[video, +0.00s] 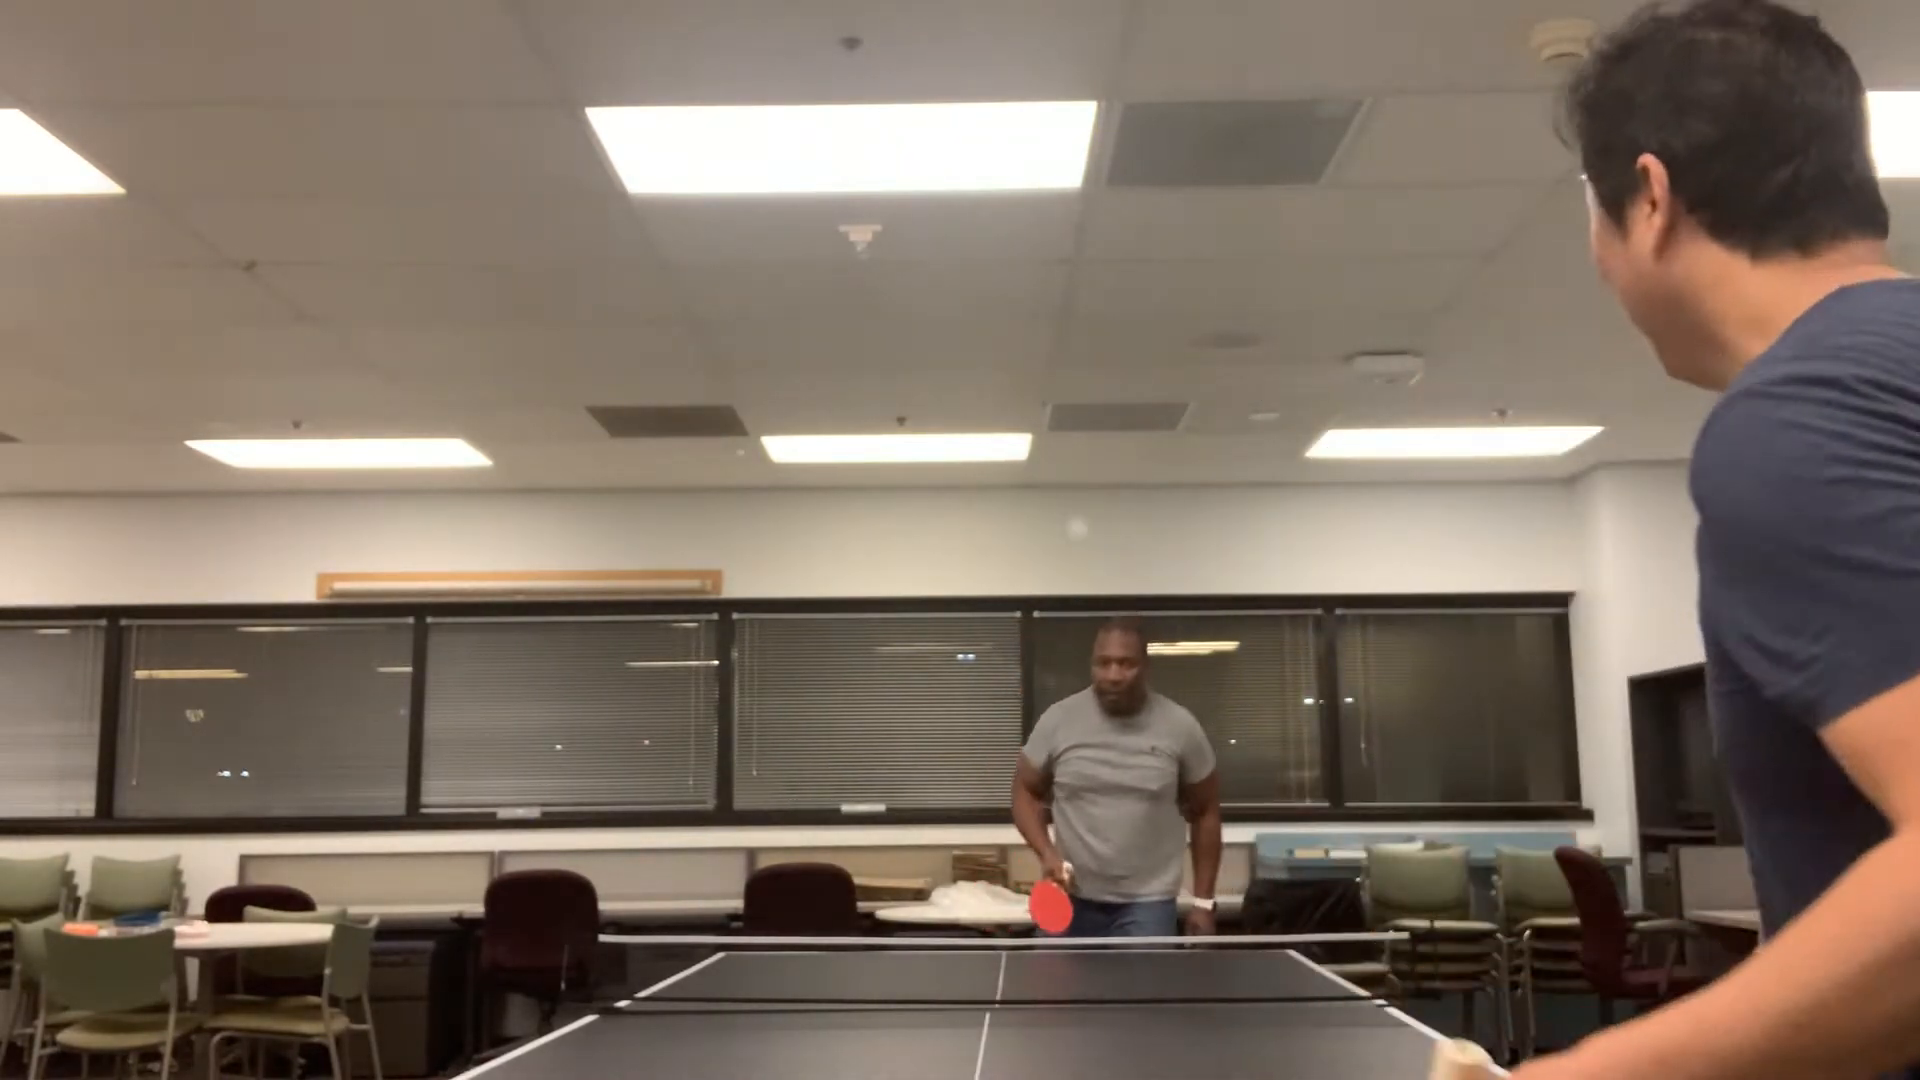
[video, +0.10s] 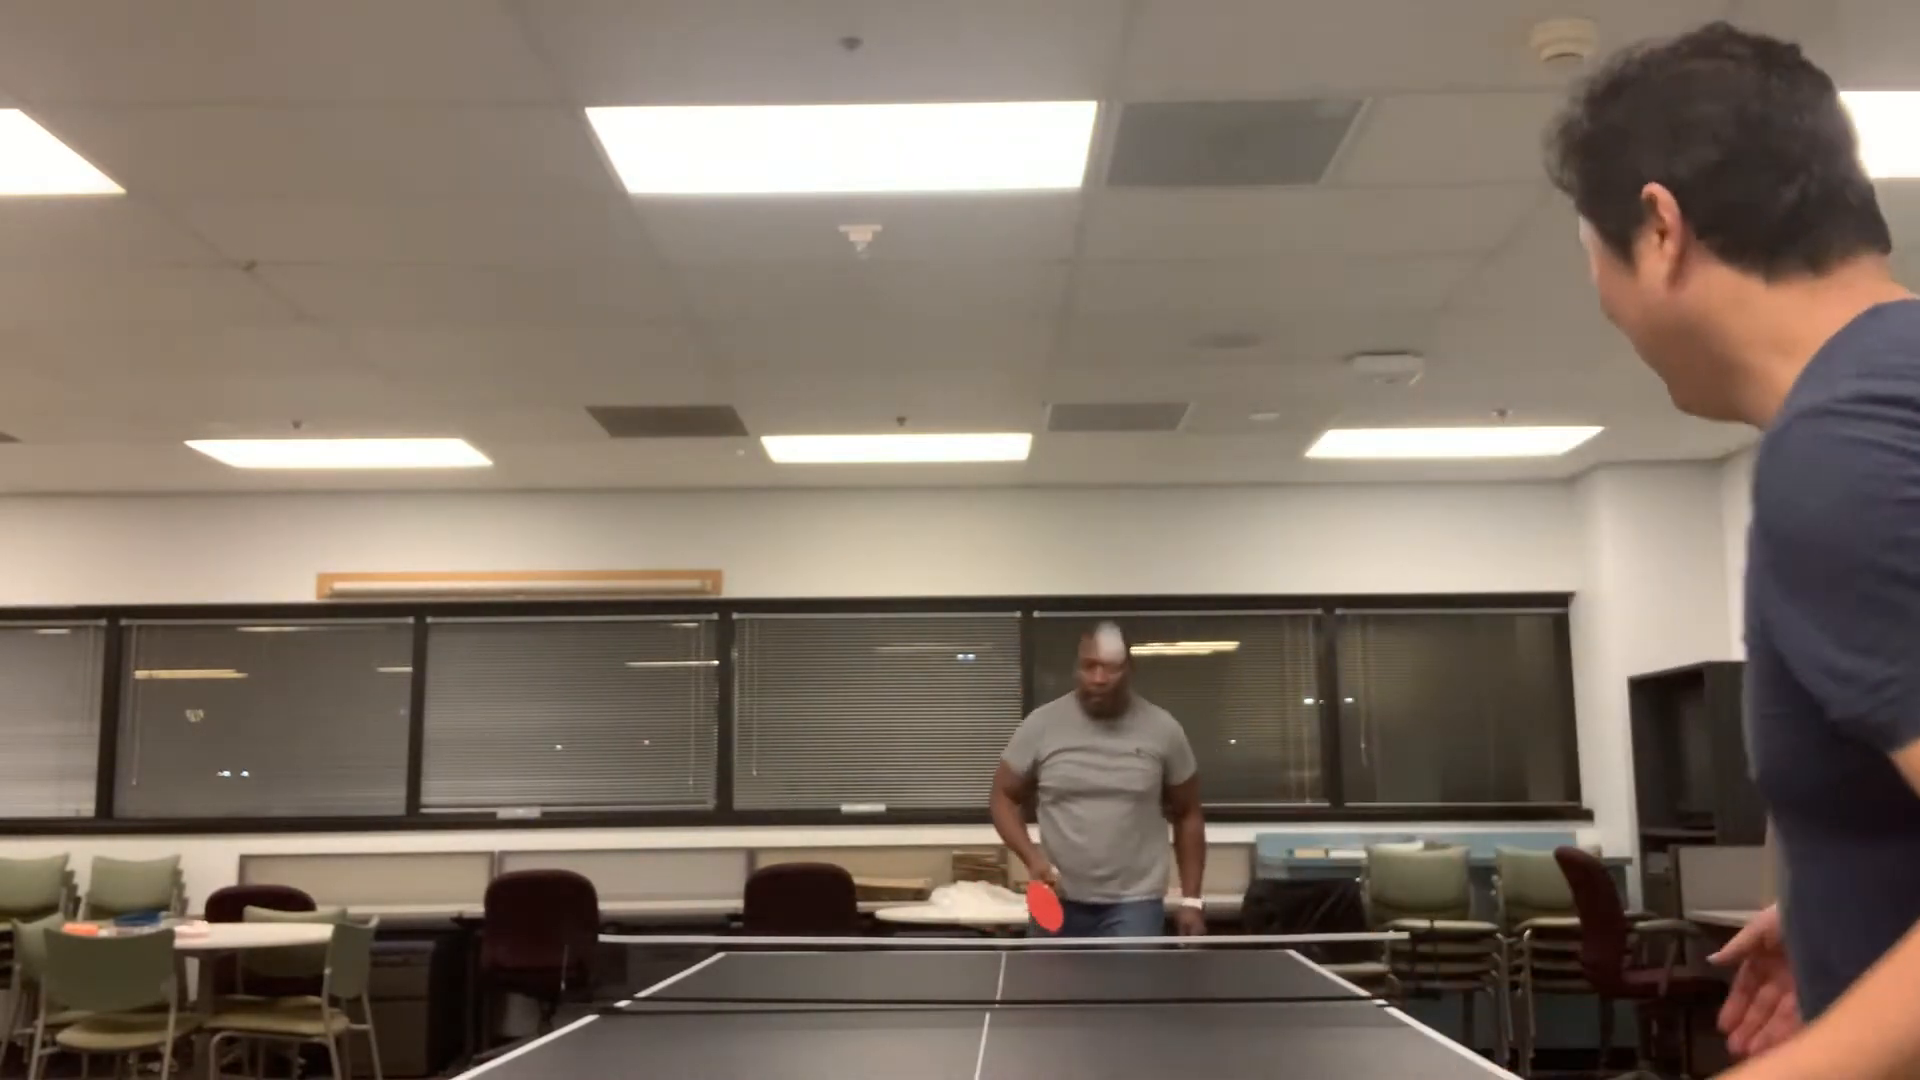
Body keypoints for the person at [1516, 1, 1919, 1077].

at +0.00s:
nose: (1602, 262)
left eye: (1597, 214)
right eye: (1595, 218)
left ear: (1654, 201)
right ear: (1838, 174)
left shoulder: (1787, 423)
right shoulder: (1895, 347)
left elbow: (1917, 835)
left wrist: (1605, 1065)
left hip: (1878, 1052)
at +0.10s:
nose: (1607, 302)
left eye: (1599, 256)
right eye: (1594, 262)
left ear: (1663, 233)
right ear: (1828, 193)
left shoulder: (1837, 453)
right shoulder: (1888, 389)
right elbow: (1910, 763)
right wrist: (1834, 914)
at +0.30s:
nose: (1673, 371)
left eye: (1663, 322)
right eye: (1659, 327)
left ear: (1744, 292)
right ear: (1739, 297)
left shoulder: (1896, 533)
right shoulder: (1877, 527)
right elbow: (1912, 824)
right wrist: (1827, 937)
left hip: (1901, 1054)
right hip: (1882, 1053)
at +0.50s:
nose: (1754, 383)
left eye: (1754, 333)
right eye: (1745, 339)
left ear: (1856, 317)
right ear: (1854, 320)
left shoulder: (1908, 577)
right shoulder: (1906, 568)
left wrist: (1884, 968)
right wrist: (1883, 955)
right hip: (1893, 1046)